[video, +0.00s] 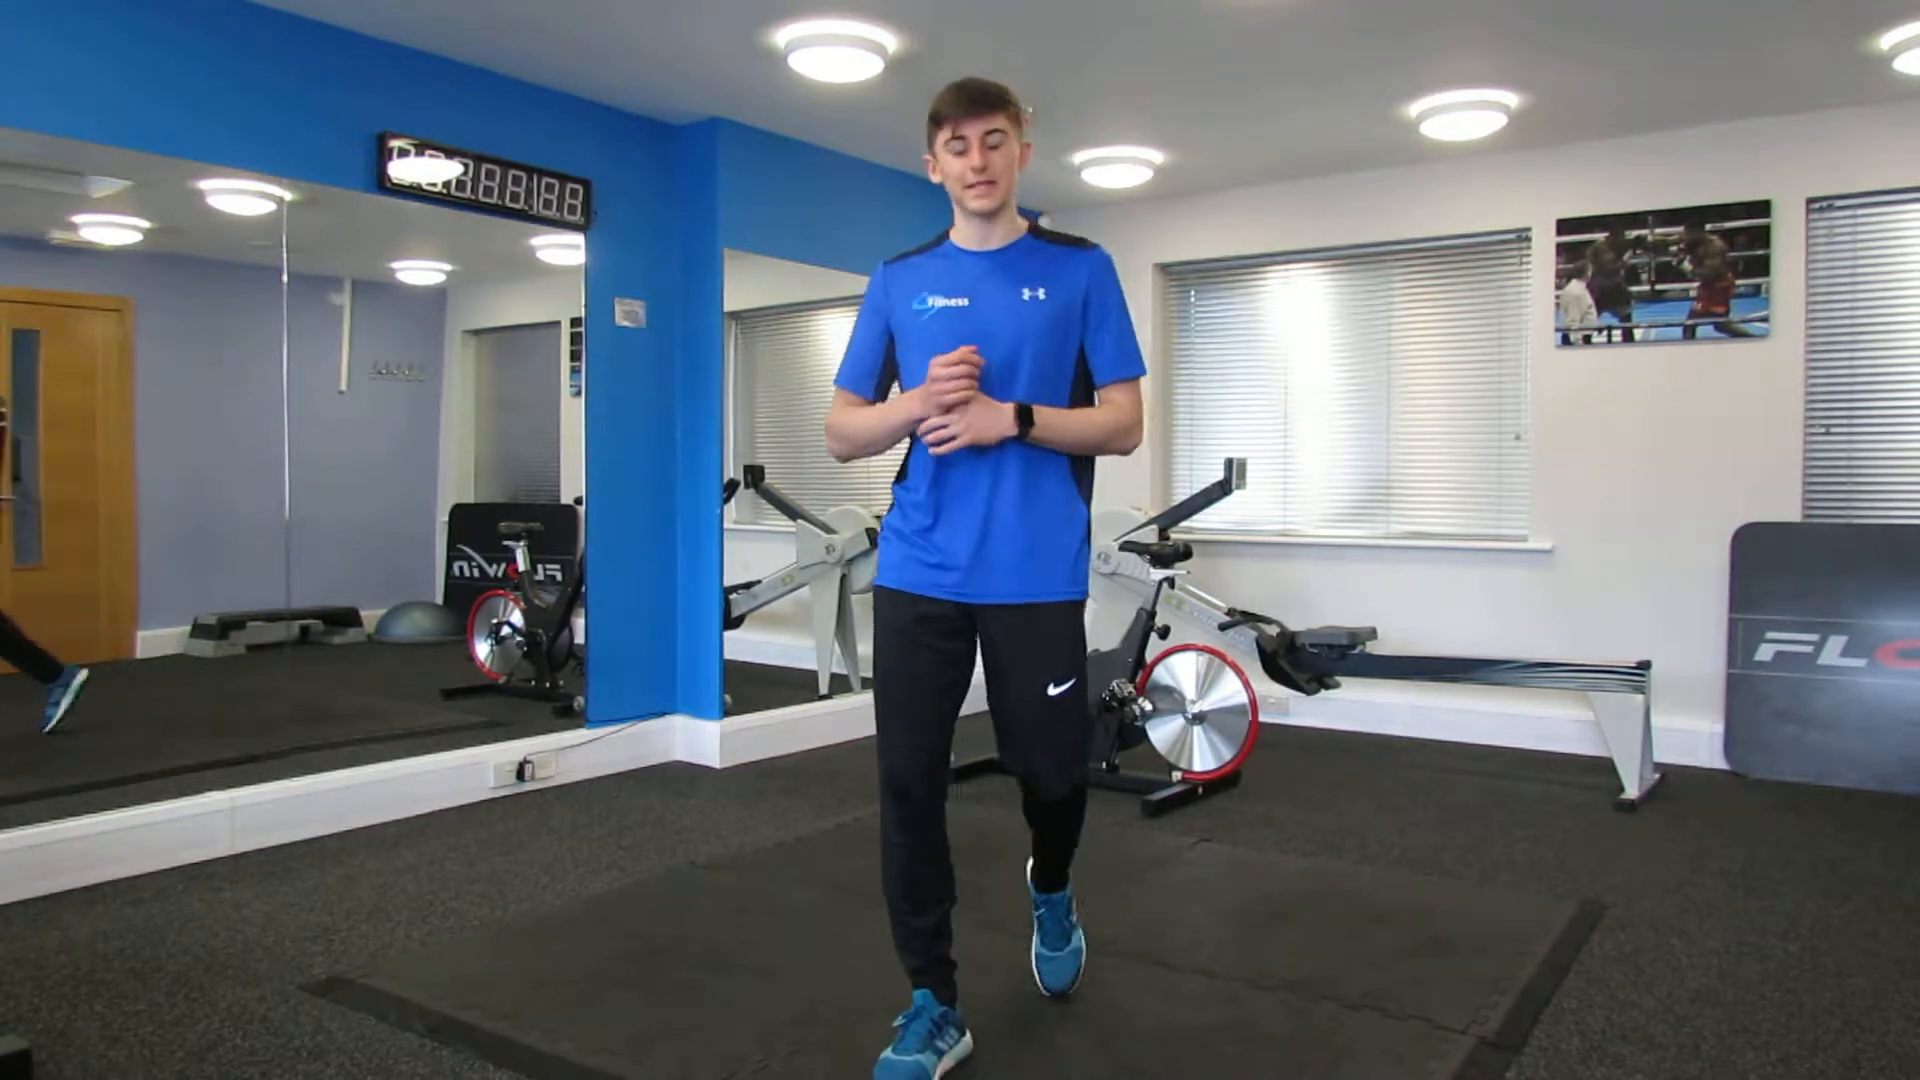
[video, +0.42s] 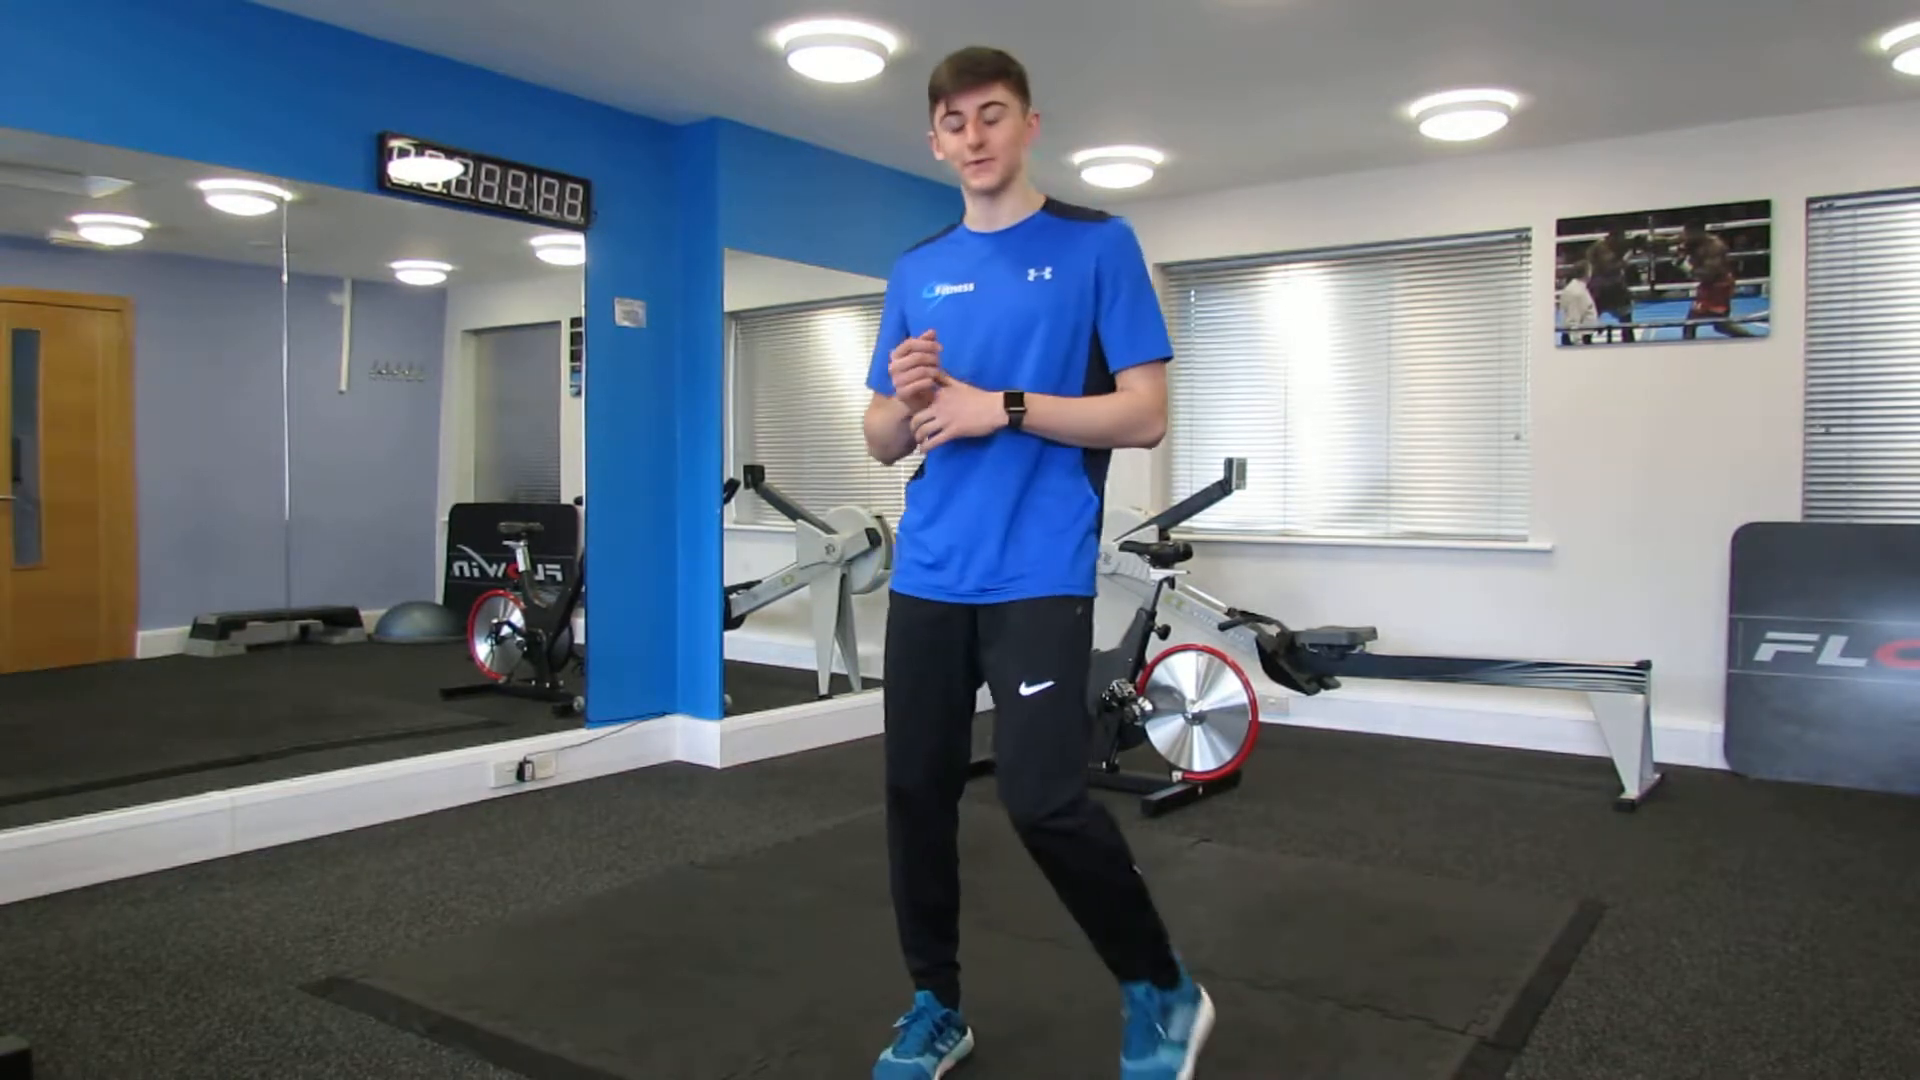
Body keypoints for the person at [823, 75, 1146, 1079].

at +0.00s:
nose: (977, 156)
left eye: (994, 139)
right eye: (958, 143)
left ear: (1024, 155)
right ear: (935, 164)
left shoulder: (1079, 269)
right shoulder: (897, 282)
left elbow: (1125, 422)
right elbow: (844, 433)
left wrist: (1012, 417)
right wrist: (917, 403)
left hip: (1038, 573)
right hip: (919, 570)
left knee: (1054, 775)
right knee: (908, 785)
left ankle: (1051, 893)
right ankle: (931, 1001)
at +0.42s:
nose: (973, 134)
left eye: (992, 114)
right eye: (955, 121)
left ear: (1032, 126)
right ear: (937, 141)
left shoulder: (1099, 243)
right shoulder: (914, 271)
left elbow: (1147, 413)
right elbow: (881, 441)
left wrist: (1006, 407)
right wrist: (904, 402)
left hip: (1041, 571)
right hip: (928, 570)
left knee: (1044, 799)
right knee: (915, 792)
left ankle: (1160, 991)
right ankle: (936, 1004)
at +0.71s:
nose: (1006, 136)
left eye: (1024, 108)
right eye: (994, 122)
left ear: (1085, 110)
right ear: (992, 142)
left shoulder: (1162, 233)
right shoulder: (1017, 266)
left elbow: (1224, 410)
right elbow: (1024, 432)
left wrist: (1055, 428)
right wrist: (958, 391)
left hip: (1122, 593)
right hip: (1019, 586)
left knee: (1141, 827)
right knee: (969, 800)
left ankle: (1210, 1044)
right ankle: (960, 1007)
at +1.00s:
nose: (1037, 139)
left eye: (1052, 113)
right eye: (1033, 120)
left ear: (1119, 110)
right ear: (1089, 123)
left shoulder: (1205, 228)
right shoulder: (1093, 247)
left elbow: (1255, 408)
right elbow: (1133, 400)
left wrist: (1088, 429)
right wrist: (1053, 389)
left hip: (1194, 583)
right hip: (1110, 574)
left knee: (1192, 815)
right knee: (1090, 792)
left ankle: (1219, 1039)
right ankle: (1044, 990)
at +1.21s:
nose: (1078, 147)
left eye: (1093, 122)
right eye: (1072, 129)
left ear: (1159, 116)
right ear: (1101, 134)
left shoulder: (1235, 231)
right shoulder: (1122, 251)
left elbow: (1250, 419)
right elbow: (1143, 405)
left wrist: (1093, 410)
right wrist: (1083, 373)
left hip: (1219, 580)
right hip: (1138, 570)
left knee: (1211, 812)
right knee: (1125, 759)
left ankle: (1228, 1041)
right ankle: (1186, 948)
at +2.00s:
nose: (1187, 196)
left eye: (1203, 182)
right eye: (1171, 183)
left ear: (1230, 196)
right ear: (1150, 200)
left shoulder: (1283, 280)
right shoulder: (1133, 318)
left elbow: (1342, 412)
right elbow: (1122, 460)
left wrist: (1215, 408)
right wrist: (1154, 414)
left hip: (1262, 560)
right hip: (1171, 566)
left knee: (1268, 751)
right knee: (1194, 757)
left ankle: (1308, 911)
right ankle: (1238, 935)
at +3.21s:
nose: (1060, 233)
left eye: (1076, 219)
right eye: (1056, 223)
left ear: (1118, 230)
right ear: (1056, 238)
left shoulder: (1159, 307)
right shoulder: (1062, 327)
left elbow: (1191, 429)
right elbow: (1071, 421)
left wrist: (1077, 453)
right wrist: (1035, 451)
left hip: (1160, 548)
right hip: (1096, 548)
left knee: (1145, 709)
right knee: (1085, 708)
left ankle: (1179, 880)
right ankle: (1096, 867)